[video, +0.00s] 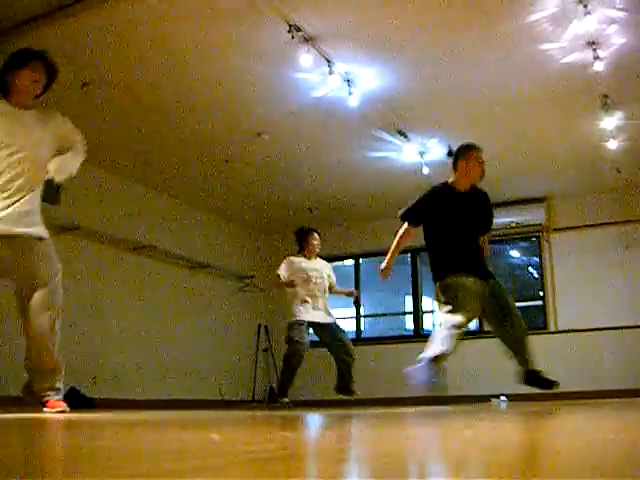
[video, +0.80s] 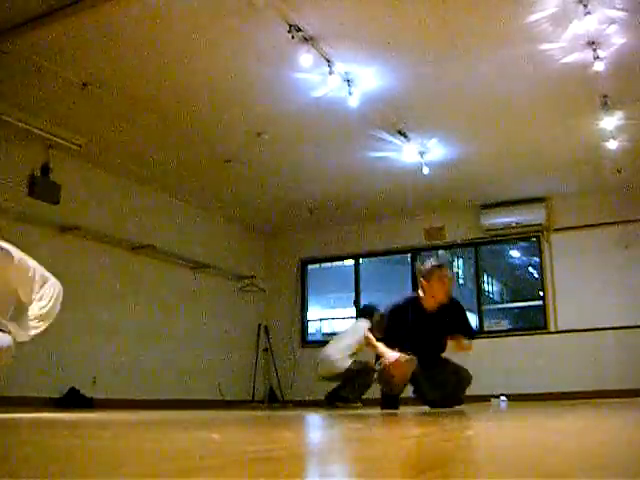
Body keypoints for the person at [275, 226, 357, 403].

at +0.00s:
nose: (318, 244)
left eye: (318, 240)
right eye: (314, 240)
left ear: (319, 244)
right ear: (304, 244)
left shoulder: (325, 265)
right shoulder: (291, 262)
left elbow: (331, 289)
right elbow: (277, 283)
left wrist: (347, 292)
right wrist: (292, 285)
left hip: (322, 314)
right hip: (301, 313)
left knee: (345, 349)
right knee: (298, 349)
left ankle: (344, 386)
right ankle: (281, 393)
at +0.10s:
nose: (325, 254)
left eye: (326, 251)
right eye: (322, 251)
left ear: (326, 255)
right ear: (313, 254)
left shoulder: (327, 278)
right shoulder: (302, 273)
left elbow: (329, 302)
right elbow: (287, 289)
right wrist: (293, 294)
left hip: (326, 326)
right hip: (308, 325)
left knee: (344, 363)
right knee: (303, 362)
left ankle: (350, 396)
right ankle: (284, 395)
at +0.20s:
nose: (334, 263)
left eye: (334, 259)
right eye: (330, 259)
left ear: (332, 262)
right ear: (321, 262)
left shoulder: (329, 283)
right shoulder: (312, 280)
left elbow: (326, 308)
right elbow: (304, 302)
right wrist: (300, 297)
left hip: (330, 333)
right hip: (315, 334)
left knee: (348, 365)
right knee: (314, 371)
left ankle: (345, 400)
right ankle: (287, 395)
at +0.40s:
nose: (351, 272)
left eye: (351, 268)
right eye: (348, 268)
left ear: (343, 270)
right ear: (340, 270)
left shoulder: (341, 286)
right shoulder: (328, 282)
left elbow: (343, 301)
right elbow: (322, 292)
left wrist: (353, 303)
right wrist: (343, 298)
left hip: (334, 331)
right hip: (320, 331)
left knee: (358, 355)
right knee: (351, 354)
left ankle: (340, 392)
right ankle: (326, 390)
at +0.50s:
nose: (360, 291)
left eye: (360, 287)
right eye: (358, 286)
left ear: (350, 288)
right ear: (351, 288)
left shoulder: (348, 305)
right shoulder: (338, 300)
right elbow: (349, 316)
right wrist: (356, 332)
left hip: (334, 342)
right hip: (323, 343)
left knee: (358, 364)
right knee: (358, 363)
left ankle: (337, 395)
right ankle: (343, 396)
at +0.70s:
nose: (374, 329)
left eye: (374, 326)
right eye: (372, 326)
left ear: (357, 327)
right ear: (368, 327)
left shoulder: (348, 337)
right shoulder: (370, 341)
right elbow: (370, 365)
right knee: (365, 371)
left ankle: (332, 397)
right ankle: (350, 398)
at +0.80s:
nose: (379, 322)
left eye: (379, 318)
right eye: (377, 318)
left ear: (361, 315)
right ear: (371, 317)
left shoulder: (354, 327)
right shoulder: (363, 326)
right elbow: (376, 345)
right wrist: (391, 354)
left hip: (324, 366)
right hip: (334, 364)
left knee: (362, 369)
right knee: (367, 369)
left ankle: (336, 396)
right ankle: (348, 398)